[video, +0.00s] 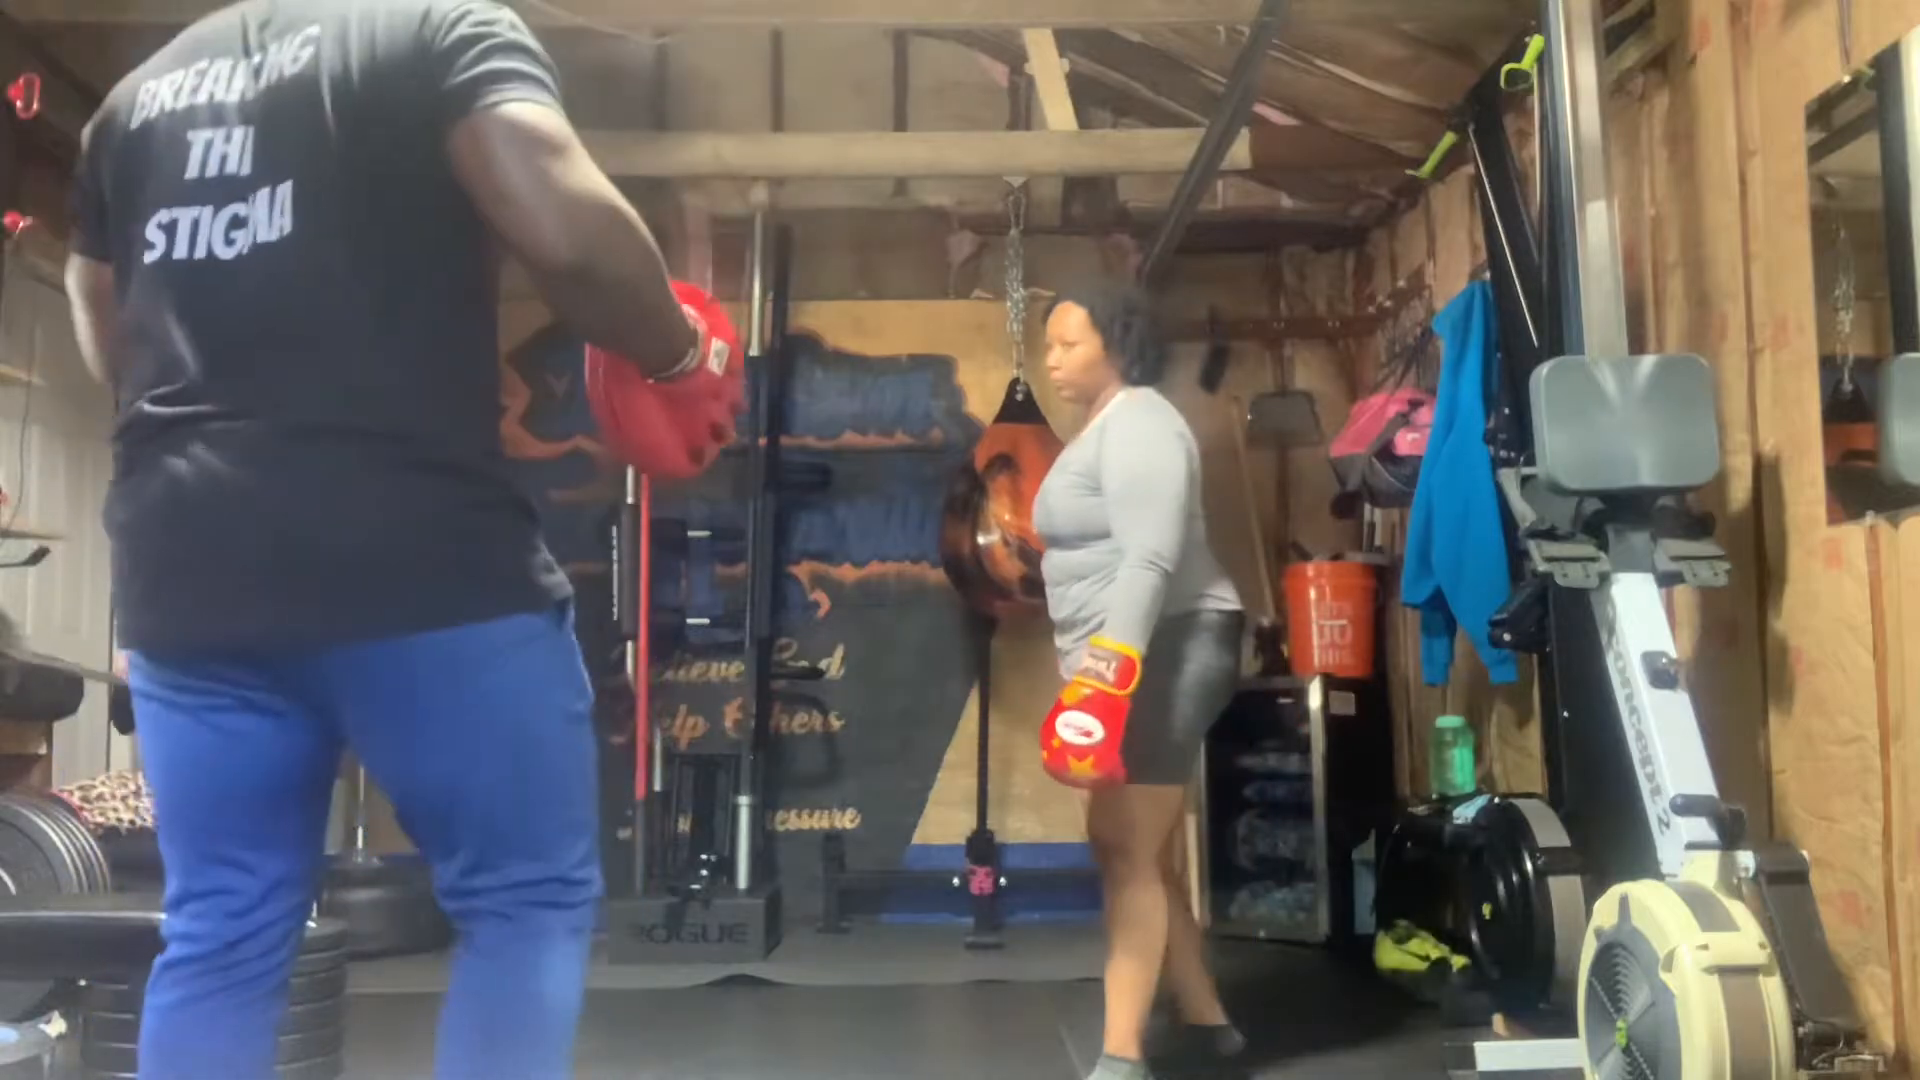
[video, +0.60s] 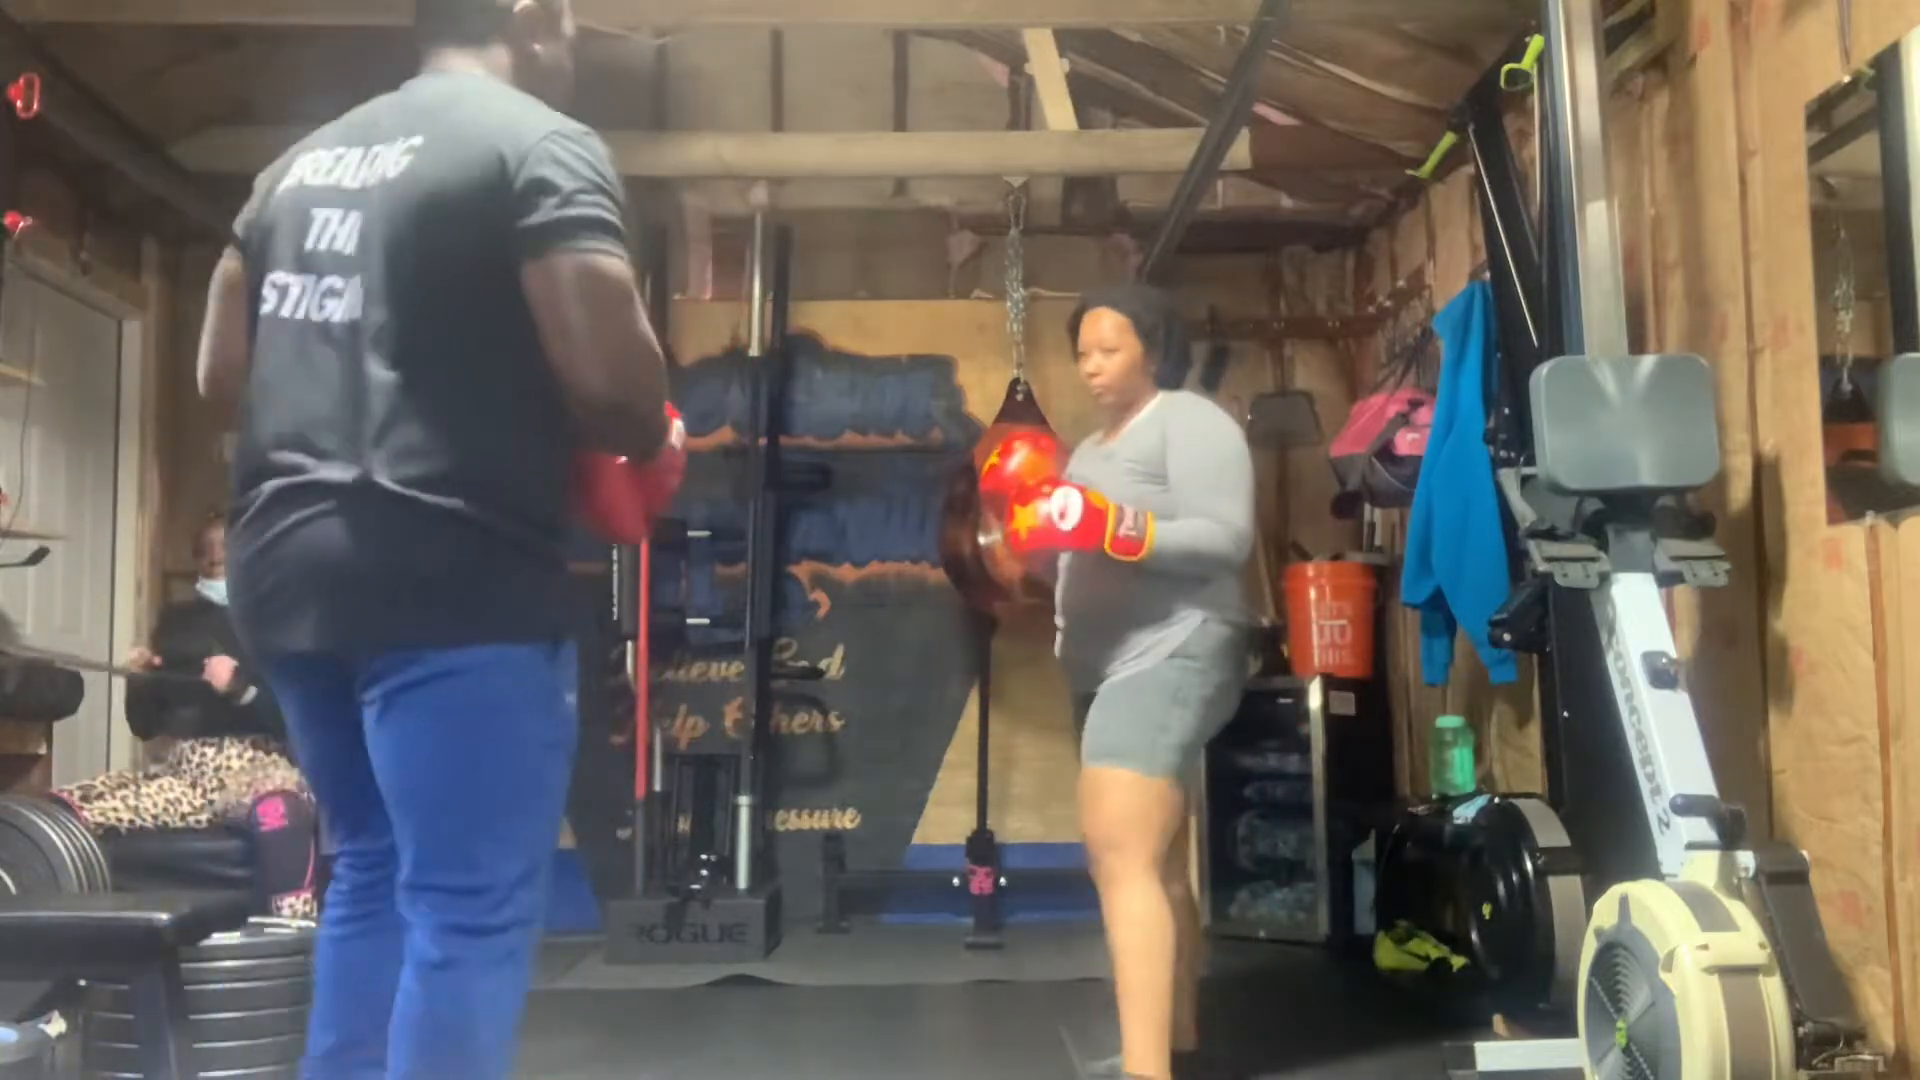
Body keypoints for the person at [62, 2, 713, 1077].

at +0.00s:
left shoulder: (131, 102)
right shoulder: (444, 22)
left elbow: (115, 354)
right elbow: (562, 226)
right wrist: (672, 353)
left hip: (185, 555)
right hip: (410, 541)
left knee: (216, 929)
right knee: (525, 897)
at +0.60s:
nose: (575, 49)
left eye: (571, 31)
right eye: (568, 28)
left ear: (434, 33)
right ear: (529, 23)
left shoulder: (294, 165)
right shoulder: (540, 140)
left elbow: (219, 377)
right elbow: (607, 371)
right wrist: (649, 443)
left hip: (284, 566)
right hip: (453, 565)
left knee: (366, 876)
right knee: (470, 917)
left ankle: (337, 1075)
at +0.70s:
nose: (578, 92)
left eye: (580, 71)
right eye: (575, 67)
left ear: (447, 51)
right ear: (532, 47)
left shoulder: (319, 180)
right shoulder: (523, 150)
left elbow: (248, 397)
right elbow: (587, 357)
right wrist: (656, 447)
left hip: (285, 566)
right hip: (436, 557)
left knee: (386, 890)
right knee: (471, 922)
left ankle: (379, 1074)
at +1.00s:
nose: (580, 160)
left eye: (586, 136)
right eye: (579, 128)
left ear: (471, 97)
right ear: (527, 94)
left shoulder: (402, 175)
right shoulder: (476, 149)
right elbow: (492, 319)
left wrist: (575, 406)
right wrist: (620, 428)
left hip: (308, 558)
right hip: (388, 562)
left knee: (405, 899)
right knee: (426, 906)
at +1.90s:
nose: (622, 161)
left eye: (630, 136)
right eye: (623, 128)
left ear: (538, 89)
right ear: (568, 87)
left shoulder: (497, 200)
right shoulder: (459, 172)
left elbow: (506, 411)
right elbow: (515, 393)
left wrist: (591, 314)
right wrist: (646, 429)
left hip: (468, 616)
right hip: (386, 608)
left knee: (534, 895)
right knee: (382, 928)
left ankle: (521, 1069)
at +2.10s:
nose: (684, 169)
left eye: (691, 143)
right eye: (684, 137)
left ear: (609, 105)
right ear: (629, 100)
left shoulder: (564, 222)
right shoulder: (506, 176)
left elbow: (607, 367)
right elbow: (518, 381)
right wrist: (665, 428)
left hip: (487, 621)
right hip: (379, 602)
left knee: (538, 904)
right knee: (335, 920)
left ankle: (524, 1073)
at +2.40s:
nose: (676, 209)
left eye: (683, 182)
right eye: (677, 175)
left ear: (585, 130)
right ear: (626, 132)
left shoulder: (557, 247)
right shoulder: (516, 220)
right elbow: (567, 438)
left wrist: (652, 410)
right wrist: (670, 501)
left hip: (488, 658)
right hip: (380, 644)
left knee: (607, 859)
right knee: (270, 949)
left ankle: (557, 1069)